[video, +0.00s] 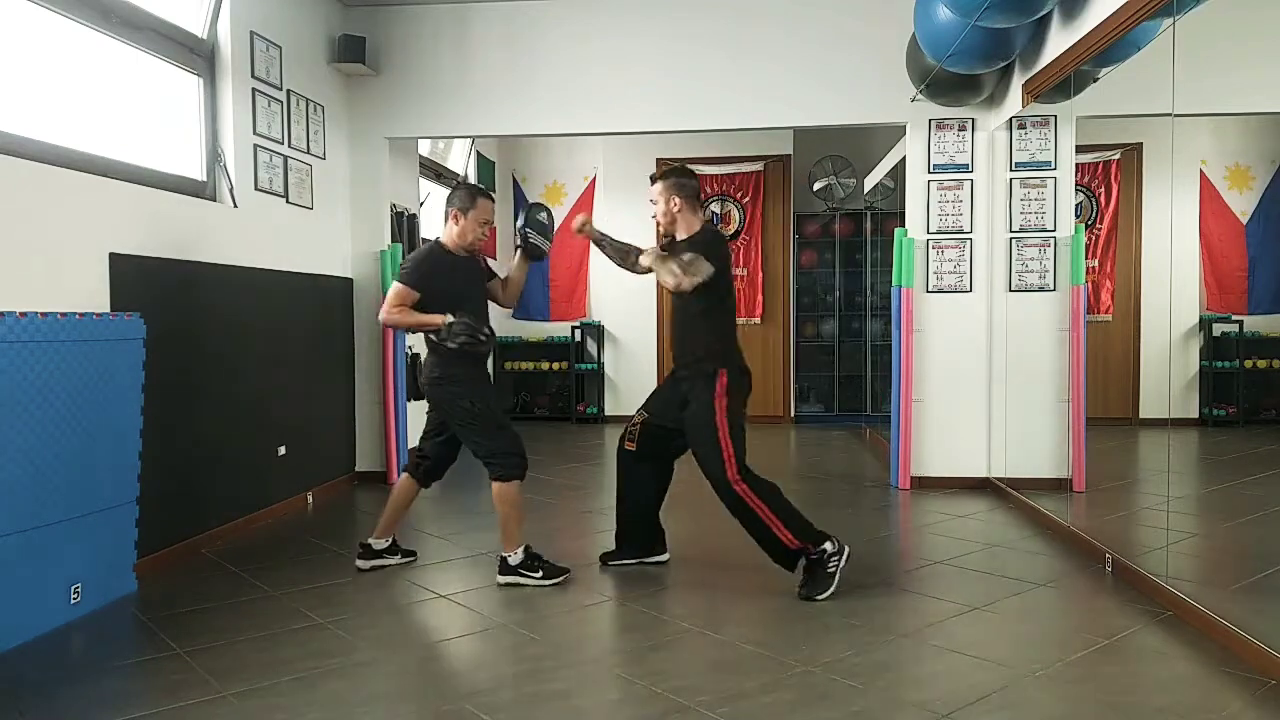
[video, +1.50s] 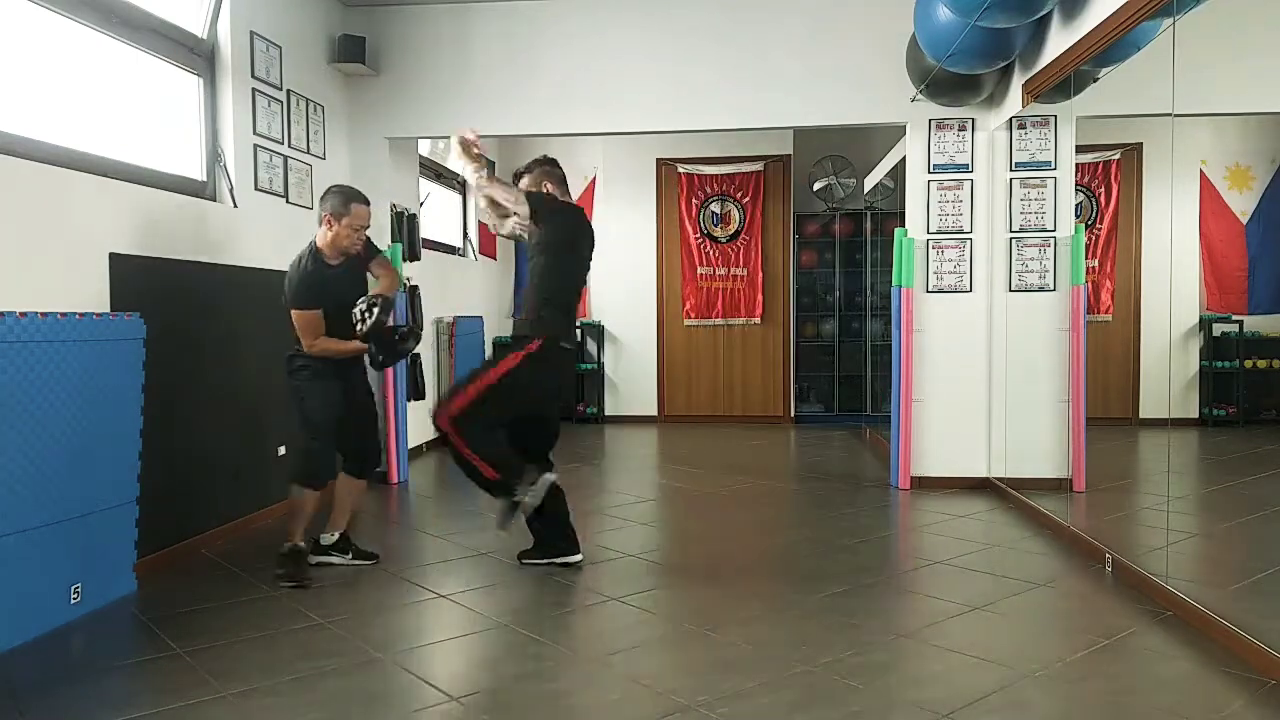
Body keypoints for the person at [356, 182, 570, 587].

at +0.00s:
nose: (488, 232)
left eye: (490, 225)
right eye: (483, 223)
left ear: (464, 222)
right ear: (456, 218)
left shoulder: (474, 262)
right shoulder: (425, 260)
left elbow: (507, 298)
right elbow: (390, 313)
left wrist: (526, 253)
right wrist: (443, 321)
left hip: (466, 376)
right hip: (450, 377)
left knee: (424, 463)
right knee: (507, 458)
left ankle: (377, 544)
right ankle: (514, 558)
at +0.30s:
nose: (466, 221)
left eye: (469, 214)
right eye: (462, 212)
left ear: (437, 209)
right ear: (438, 205)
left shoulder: (420, 240)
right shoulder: (427, 233)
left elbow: (457, 294)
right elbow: (464, 248)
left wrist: (491, 264)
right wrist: (488, 201)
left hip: (408, 363)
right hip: (432, 364)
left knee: (411, 451)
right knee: (467, 461)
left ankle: (371, 537)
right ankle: (457, 562)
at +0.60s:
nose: (445, 224)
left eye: (447, 218)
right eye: (443, 217)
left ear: (414, 211)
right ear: (422, 210)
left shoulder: (389, 245)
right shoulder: (414, 232)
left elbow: (409, 293)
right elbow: (445, 222)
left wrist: (446, 272)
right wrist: (488, 186)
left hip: (373, 363)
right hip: (407, 361)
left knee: (366, 456)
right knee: (442, 460)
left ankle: (347, 543)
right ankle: (435, 561)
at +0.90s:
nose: (418, 221)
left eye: (421, 215)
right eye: (412, 213)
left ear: (399, 213)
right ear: (386, 208)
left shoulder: (400, 250)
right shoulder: (375, 235)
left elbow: (424, 301)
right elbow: (361, 258)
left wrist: (451, 265)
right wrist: (421, 238)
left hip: (380, 366)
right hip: (392, 367)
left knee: (375, 455)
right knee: (428, 457)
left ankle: (342, 541)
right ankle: (410, 561)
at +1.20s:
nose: (393, 223)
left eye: (395, 215)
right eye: (386, 215)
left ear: (392, 213)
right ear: (357, 211)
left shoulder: (389, 251)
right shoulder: (344, 253)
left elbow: (431, 274)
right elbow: (335, 315)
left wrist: (446, 229)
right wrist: (399, 322)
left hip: (396, 376)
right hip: (372, 379)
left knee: (383, 461)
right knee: (419, 465)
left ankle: (337, 533)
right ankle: (409, 563)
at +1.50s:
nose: (364, 237)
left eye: (366, 229)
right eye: (357, 230)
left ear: (339, 224)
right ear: (329, 222)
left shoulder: (358, 249)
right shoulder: (303, 274)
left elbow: (390, 275)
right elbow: (312, 343)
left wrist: (378, 302)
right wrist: (365, 344)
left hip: (350, 365)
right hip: (313, 370)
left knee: (361, 454)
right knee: (318, 456)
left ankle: (334, 539)